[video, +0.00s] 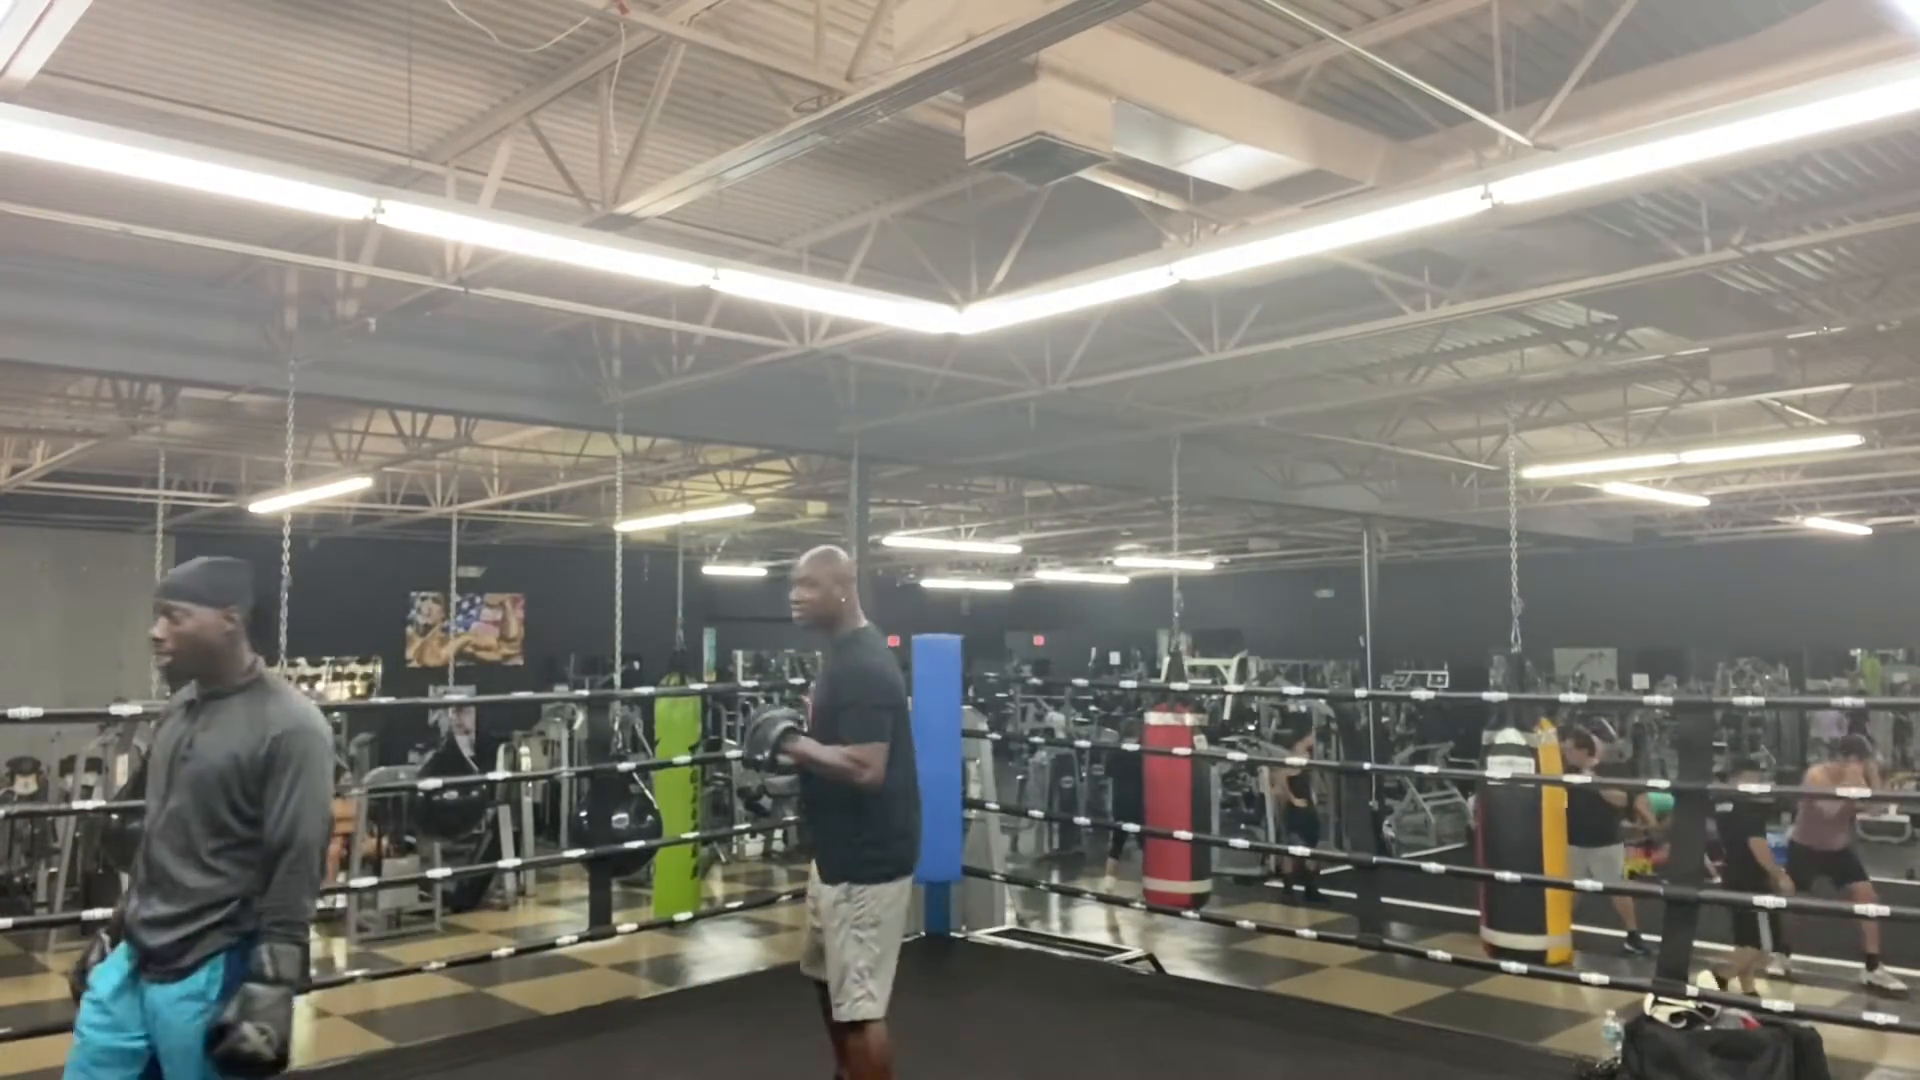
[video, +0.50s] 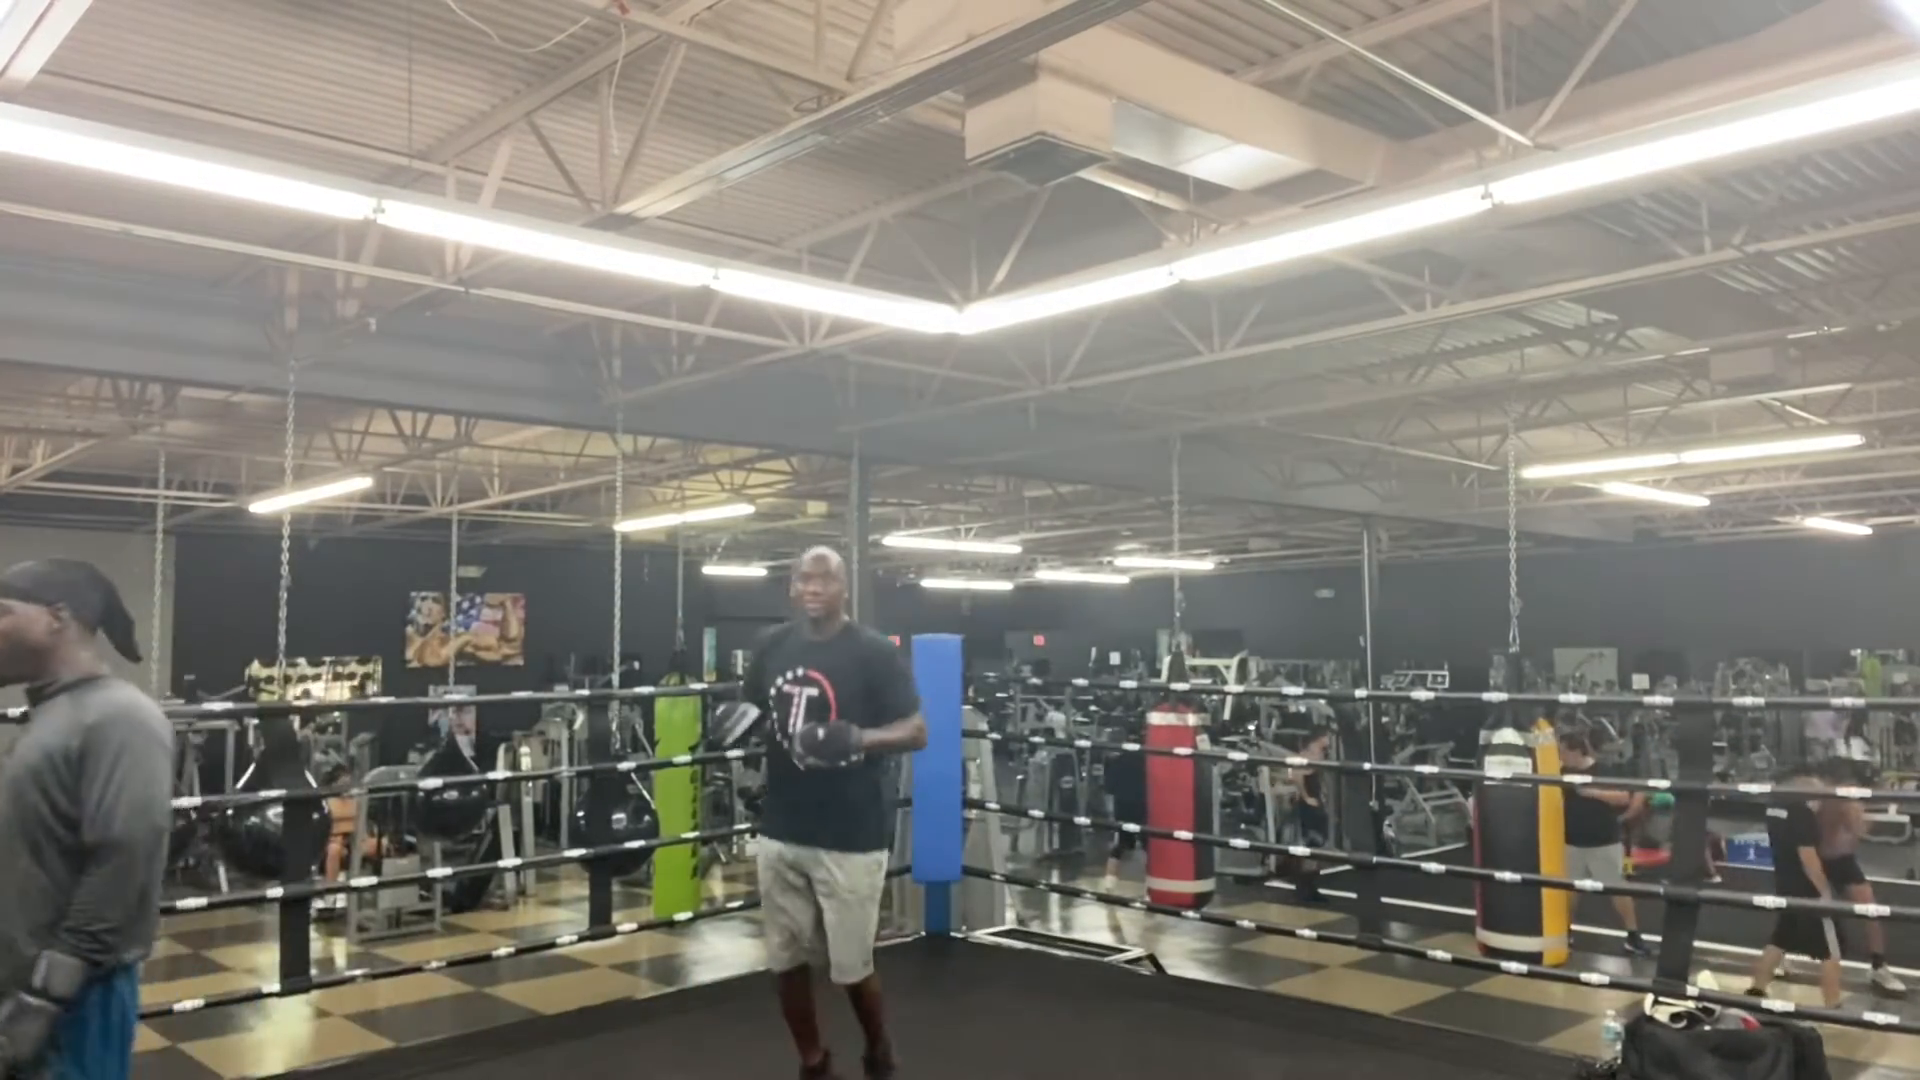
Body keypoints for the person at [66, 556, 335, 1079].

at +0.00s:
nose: (156, 633)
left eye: (174, 616)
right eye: (158, 617)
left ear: (230, 621)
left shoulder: (294, 726)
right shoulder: (177, 713)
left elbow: (297, 867)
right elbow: (160, 847)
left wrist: (272, 990)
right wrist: (112, 938)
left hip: (214, 970)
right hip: (133, 959)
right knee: (88, 1072)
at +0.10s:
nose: (126, 633)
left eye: (144, 614)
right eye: (128, 616)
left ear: (202, 618)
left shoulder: (270, 727)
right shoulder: (160, 718)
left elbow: (271, 871)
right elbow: (147, 847)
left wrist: (227, 991)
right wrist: (111, 953)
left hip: (204, 979)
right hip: (114, 971)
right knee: (62, 1073)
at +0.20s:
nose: (93, 634)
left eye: (112, 616)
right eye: (96, 618)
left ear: (170, 622)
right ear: (167, 623)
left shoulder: (242, 731)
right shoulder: (127, 727)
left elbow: (239, 880)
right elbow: (117, 856)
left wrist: (183, 994)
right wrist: (83, 961)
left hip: (190, 986)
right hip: (90, 984)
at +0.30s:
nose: (46, 636)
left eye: (65, 618)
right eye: (52, 619)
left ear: (125, 624)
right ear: (121, 626)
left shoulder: (197, 736)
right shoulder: (107, 728)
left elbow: (191, 892)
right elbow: (86, 867)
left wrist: (123, 1005)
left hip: (144, 1002)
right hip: (56, 997)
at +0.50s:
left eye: (7, 610)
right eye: (1, 611)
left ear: (57, 618)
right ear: (56, 620)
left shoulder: (122, 718)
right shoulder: (51, 717)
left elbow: (121, 877)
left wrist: (43, 995)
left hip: (75, 996)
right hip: (24, 987)